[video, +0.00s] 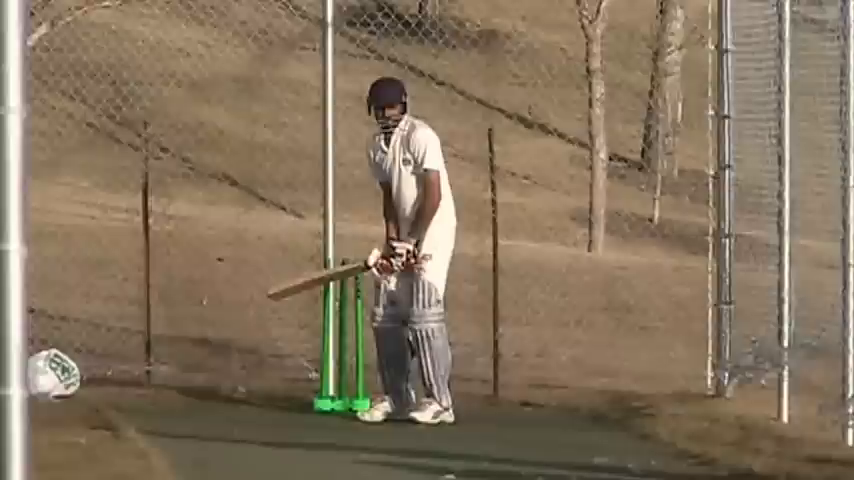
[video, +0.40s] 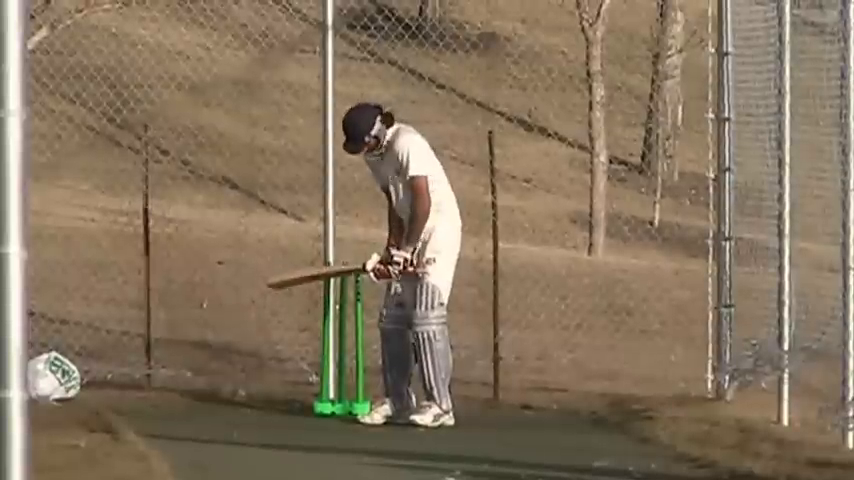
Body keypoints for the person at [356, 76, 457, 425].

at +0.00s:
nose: (388, 115)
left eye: (394, 108)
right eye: (381, 109)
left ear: (405, 106)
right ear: (372, 111)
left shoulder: (421, 136)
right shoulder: (377, 146)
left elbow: (433, 194)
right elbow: (388, 198)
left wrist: (416, 241)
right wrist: (391, 243)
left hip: (432, 236)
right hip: (402, 238)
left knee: (423, 314)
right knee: (386, 314)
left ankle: (438, 401)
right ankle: (398, 397)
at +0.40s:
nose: (365, 152)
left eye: (366, 145)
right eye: (361, 147)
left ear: (378, 130)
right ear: (361, 139)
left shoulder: (407, 143)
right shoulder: (373, 155)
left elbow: (422, 200)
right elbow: (395, 206)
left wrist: (408, 247)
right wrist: (390, 251)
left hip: (437, 235)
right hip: (409, 239)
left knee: (426, 320)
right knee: (393, 320)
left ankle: (439, 405)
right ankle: (398, 401)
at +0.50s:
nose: (360, 160)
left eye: (362, 153)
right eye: (357, 156)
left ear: (373, 140)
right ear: (357, 147)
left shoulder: (398, 148)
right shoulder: (369, 162)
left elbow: (415, 205)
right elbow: (393, 214)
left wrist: (410, 257)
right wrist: (395, 264)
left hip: (439, 235)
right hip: (412, 240)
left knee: (426, 320)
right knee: (393, 321)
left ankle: (439, 406)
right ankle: (399, 401)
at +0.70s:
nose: (351, 177)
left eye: (352, 169)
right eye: (346, 173)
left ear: (364, 158)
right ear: (350, 166)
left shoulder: (389, 166)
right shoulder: (362, 184)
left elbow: (400, 219)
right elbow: (383, 234)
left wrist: (409, 273)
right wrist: (400, 281)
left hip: (443, 240)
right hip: (412, 246)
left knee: (427, 318)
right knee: (387, 320)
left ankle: (440, 407)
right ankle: (399, 401)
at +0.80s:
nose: (349, 178)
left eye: (351, 170)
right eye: (345, 174)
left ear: (364, 158)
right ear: (346, 168)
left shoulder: (387, 167)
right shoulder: (359, 185)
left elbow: (399, 220)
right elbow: (382, 236)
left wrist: (410, 274)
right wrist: (400, 283)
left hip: (444, 243)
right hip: (413, 248)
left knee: (428, 319)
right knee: (385, 319)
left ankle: (440, 407)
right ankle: (398, 401)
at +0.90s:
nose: (356, 166)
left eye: (360, 157)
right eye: (348, 163)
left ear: (370, 147)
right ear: (341, 164)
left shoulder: (389, 168)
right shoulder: (358, 185)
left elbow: (401, 223)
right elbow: (382, 238)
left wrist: (411, 275)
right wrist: (400, 285)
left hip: (444, 242)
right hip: (413, 248)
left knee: (428, 319)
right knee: (385, 320)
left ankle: (440, 408)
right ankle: (398, 402)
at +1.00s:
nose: (362, 154)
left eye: (367, 146)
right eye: (354, 149)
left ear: (377, 141)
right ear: (345, 152)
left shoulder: (393, 167)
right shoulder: (359, 185)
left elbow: (403, 221)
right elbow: (383, 238)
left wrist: (411, 276)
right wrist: (401, 285)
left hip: (444, 241)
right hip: (411, 249)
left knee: (428, 321)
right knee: (385, 321)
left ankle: (440, 408)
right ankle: (397, 404)